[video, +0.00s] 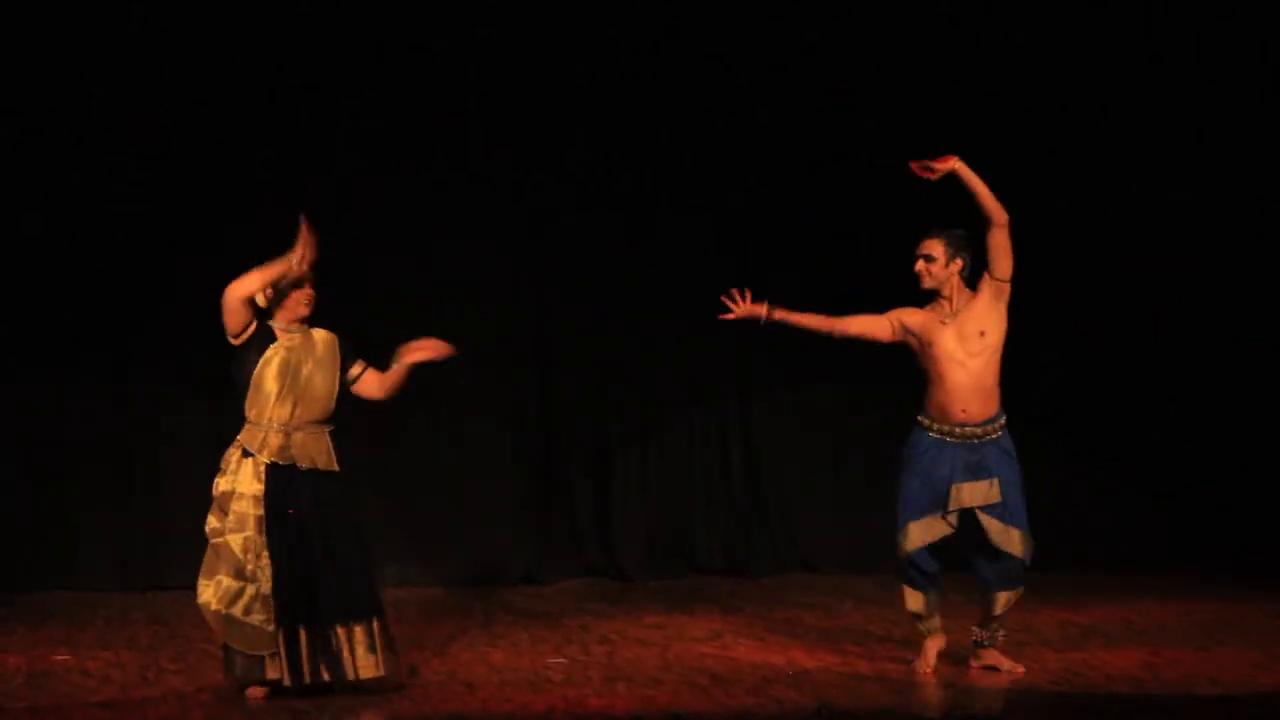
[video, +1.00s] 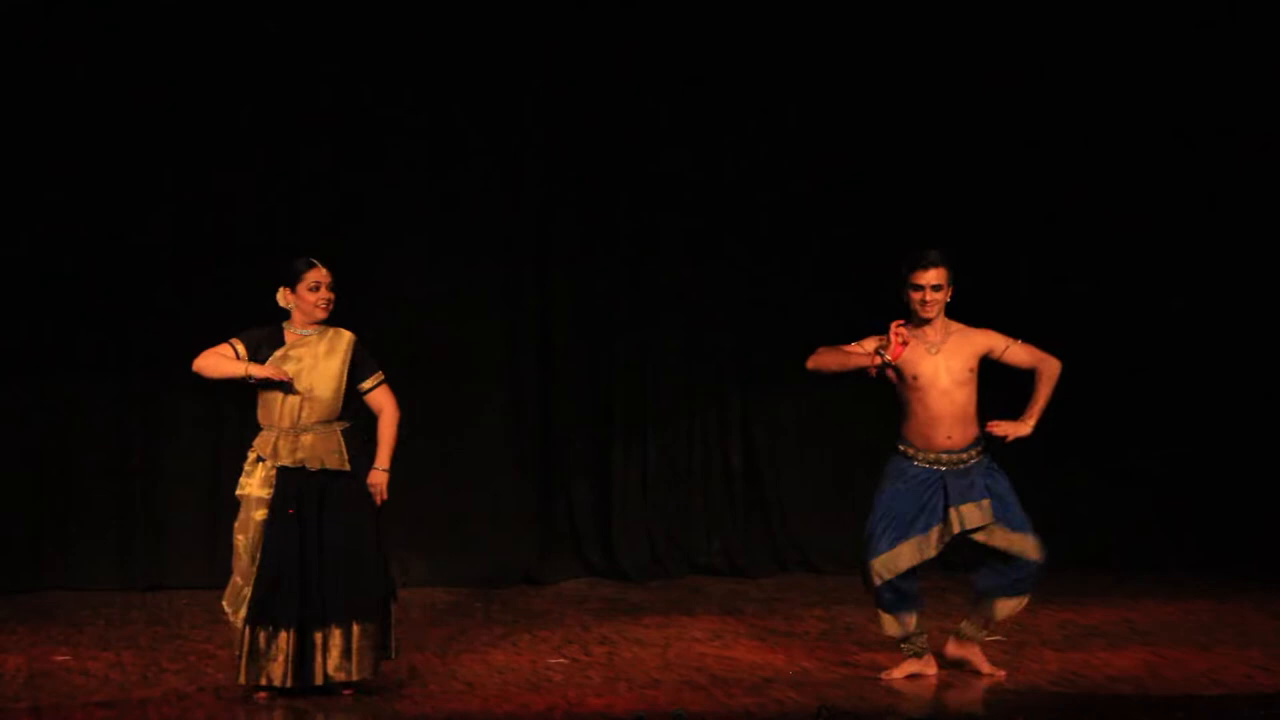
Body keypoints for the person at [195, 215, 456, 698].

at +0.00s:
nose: (308, 293)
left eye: (310, 287)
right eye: (298, 288)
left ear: (313, 297)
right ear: (275, 296)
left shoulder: (327, 345)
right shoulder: (252, 339)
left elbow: (376, 387)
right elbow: (235, 294)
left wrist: (404, 360)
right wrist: (290, 262)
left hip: (315, 467)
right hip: (259, 465)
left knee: (329, 561)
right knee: (260, 568)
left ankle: (328, 668)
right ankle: (260, 673)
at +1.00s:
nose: (325, 296)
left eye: (329, 289)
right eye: (314, 288)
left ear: (333, 297)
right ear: (288, 296)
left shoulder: (346, 346)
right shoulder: (265, 339)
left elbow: (388, 409)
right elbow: (203, 363)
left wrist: (381, 467)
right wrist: (253, 371)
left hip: (332, 474)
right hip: (274, 472)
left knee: (340, 570)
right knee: (270, 571)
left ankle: (341, 673)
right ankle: (270, 675)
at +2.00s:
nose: (343, 294)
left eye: (351, 287)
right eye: (334, 287)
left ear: (364, 293)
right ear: (321, 294)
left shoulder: (384, 344)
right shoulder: (305, 340)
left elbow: (430, 404)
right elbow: (239, 361)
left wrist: (418, 462)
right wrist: (288, 357)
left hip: (369, 469)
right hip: (312, 469)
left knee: (374, 567)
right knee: (309, 568)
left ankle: (379, 671)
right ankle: (308, 671)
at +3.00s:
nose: (329, 296)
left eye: (337, 288)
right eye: (319, 288)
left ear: (349, 294)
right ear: (305, 295)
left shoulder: (369, 346)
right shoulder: (289, 342)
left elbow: (415, 406)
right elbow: (226, 369)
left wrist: (405, 462)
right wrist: (280, 366)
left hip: (353, 469)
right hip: (296, 470)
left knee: (359, 568)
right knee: (299, 572)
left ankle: (363, 674)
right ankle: (301, 675)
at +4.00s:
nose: (354, 300)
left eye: (359, 293)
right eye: (343, 292)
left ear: (365, 301)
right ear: (320, 300)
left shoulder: (379, 351)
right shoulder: (302, 345)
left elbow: (419, 414)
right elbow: (243, 363)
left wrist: (427, 475)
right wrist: (297, 356)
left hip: (364, 473)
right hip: (308, 472)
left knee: (369, 570)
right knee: (310, 571)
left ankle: (371, 676)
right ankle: (312, 675)